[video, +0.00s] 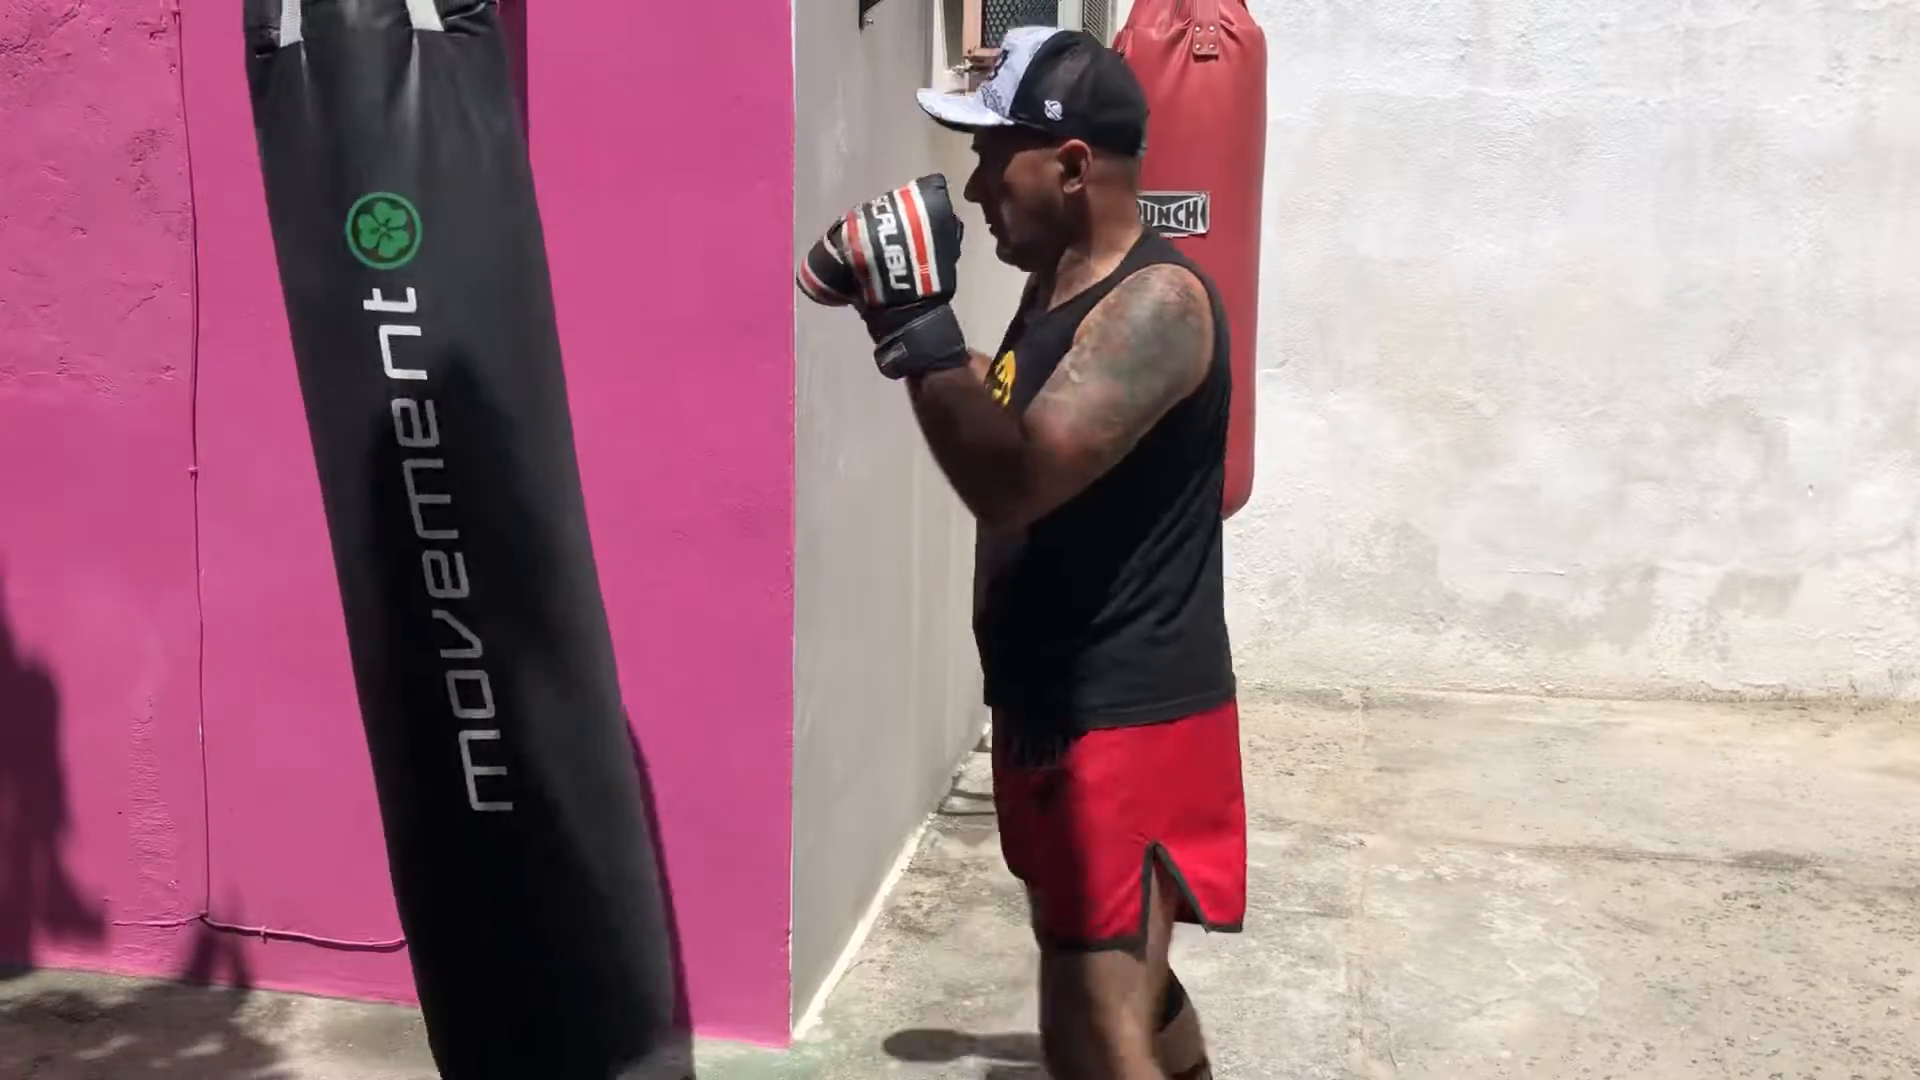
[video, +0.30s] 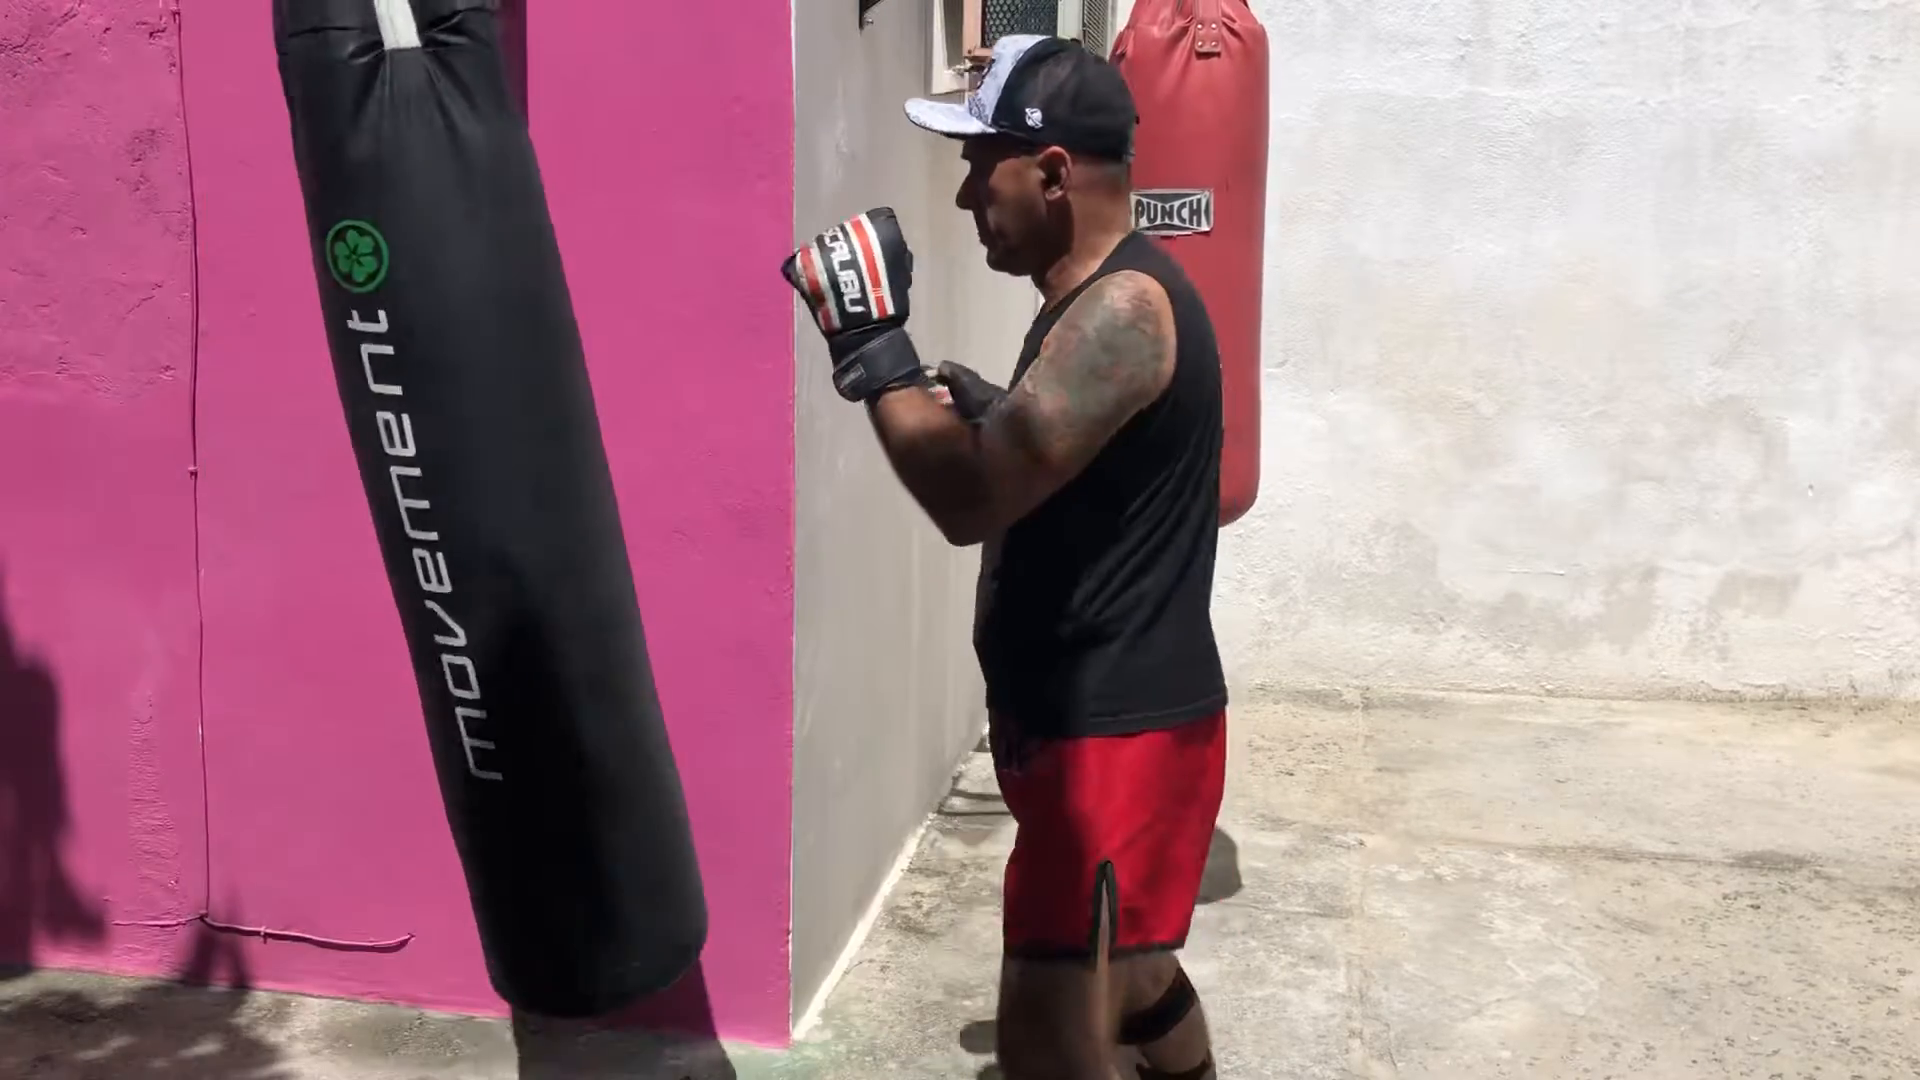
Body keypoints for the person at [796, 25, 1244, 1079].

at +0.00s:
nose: (975, 181)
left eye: (995, 152)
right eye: (978, 152)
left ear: (1072, 166)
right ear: (1068, 166)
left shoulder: (1158, 300)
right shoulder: (1061, 293)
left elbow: (1007, 483)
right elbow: (997, 439)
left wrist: (912, 315)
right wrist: (904, 310)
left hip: (1120, 717)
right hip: (1059, 712)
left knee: (1097, 1041)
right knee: (1136, 1005)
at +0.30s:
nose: (965, 188)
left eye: (982, 160)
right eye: (968, 160)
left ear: (1055, 172)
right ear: (1056, 174)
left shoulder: (1122, 311)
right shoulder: (1100, 293)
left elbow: (974, 501)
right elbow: (1091, 486)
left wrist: (872, 342)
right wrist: (981, 415)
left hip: (1107, 729)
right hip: (1110, 715)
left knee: (1057, 1042)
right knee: (1142, 993)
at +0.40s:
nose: (941, 183)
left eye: (958, 154)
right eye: (946, 155)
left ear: (1026, 165)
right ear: (1037, 164)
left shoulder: (1082, 315)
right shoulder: (1148, 281)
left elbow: (939, 507)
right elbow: (1208, 486)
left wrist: (842, 347)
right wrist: (1021, 436)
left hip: (1074, 732)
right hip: (1133, 714)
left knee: (1045, 1039)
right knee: (1101, 999)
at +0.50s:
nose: (909, 172)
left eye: (922, 143)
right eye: (913, 144)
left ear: (983, 151)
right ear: (1010, 149)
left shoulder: (1043, 300)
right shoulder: (1137, 271)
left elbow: (901, 509)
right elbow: (1189, 468)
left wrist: (809, 354)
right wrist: (1033, 462)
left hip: (1059, 733)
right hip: (1099, 710)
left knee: (1058, 1043)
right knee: (985, 945)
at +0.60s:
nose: (874, 164)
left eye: (888, 135)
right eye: (878, 137)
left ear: (949, 143)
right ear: (977, 140)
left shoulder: (1008, 288)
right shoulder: (1106, 258)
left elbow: (874, 507)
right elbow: (1146, 459)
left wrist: (778, 357)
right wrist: (979, 380)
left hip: (1016, 720)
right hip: (1077, 701)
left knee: (1003, 1041)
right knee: (1024, 1027)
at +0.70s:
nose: (842, 167)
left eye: (854, 139)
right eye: (846, 141)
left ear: (913, 147)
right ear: (937, 144)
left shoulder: (986, 291)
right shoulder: (1057, 264)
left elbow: (862, 510)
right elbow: (1036, 463)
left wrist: (751, 370)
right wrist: (929, 379)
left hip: (976, 722)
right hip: (1038, 708)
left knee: (881, 1043)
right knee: (1002, 1010)